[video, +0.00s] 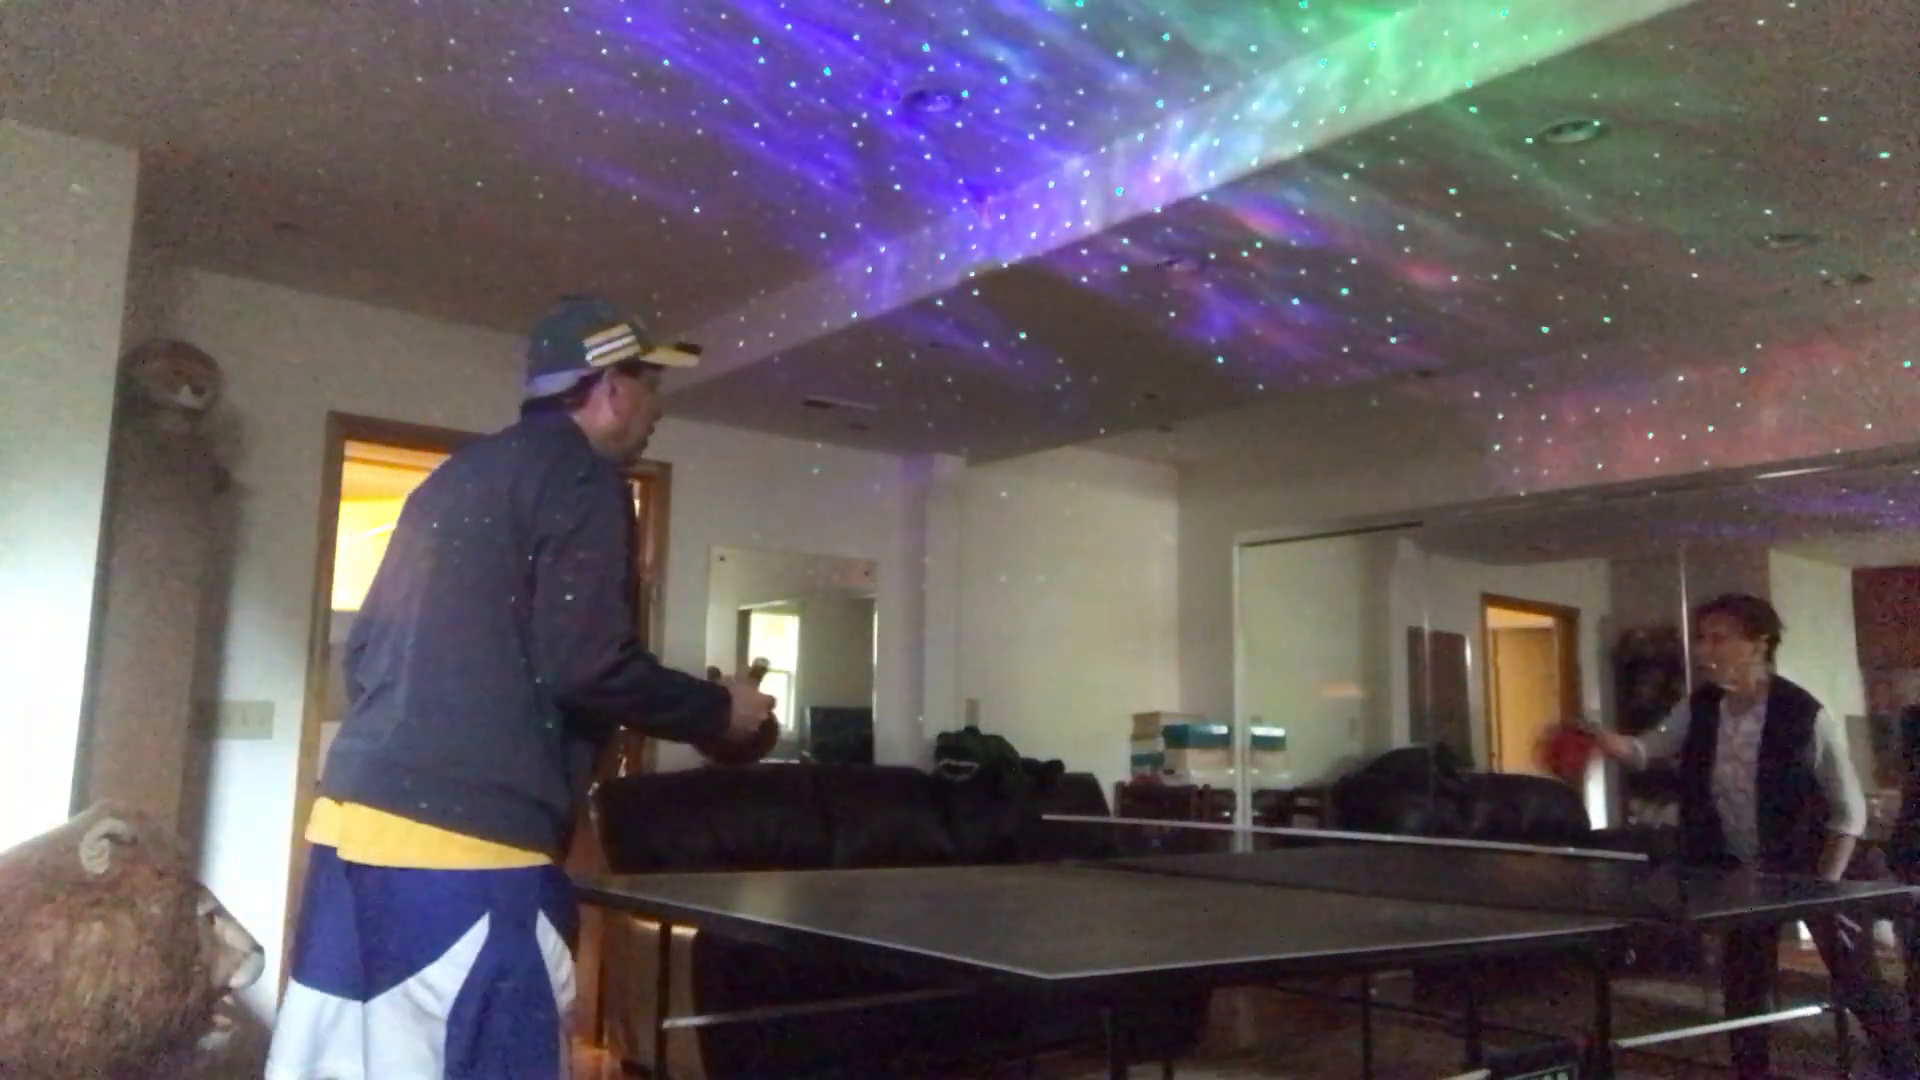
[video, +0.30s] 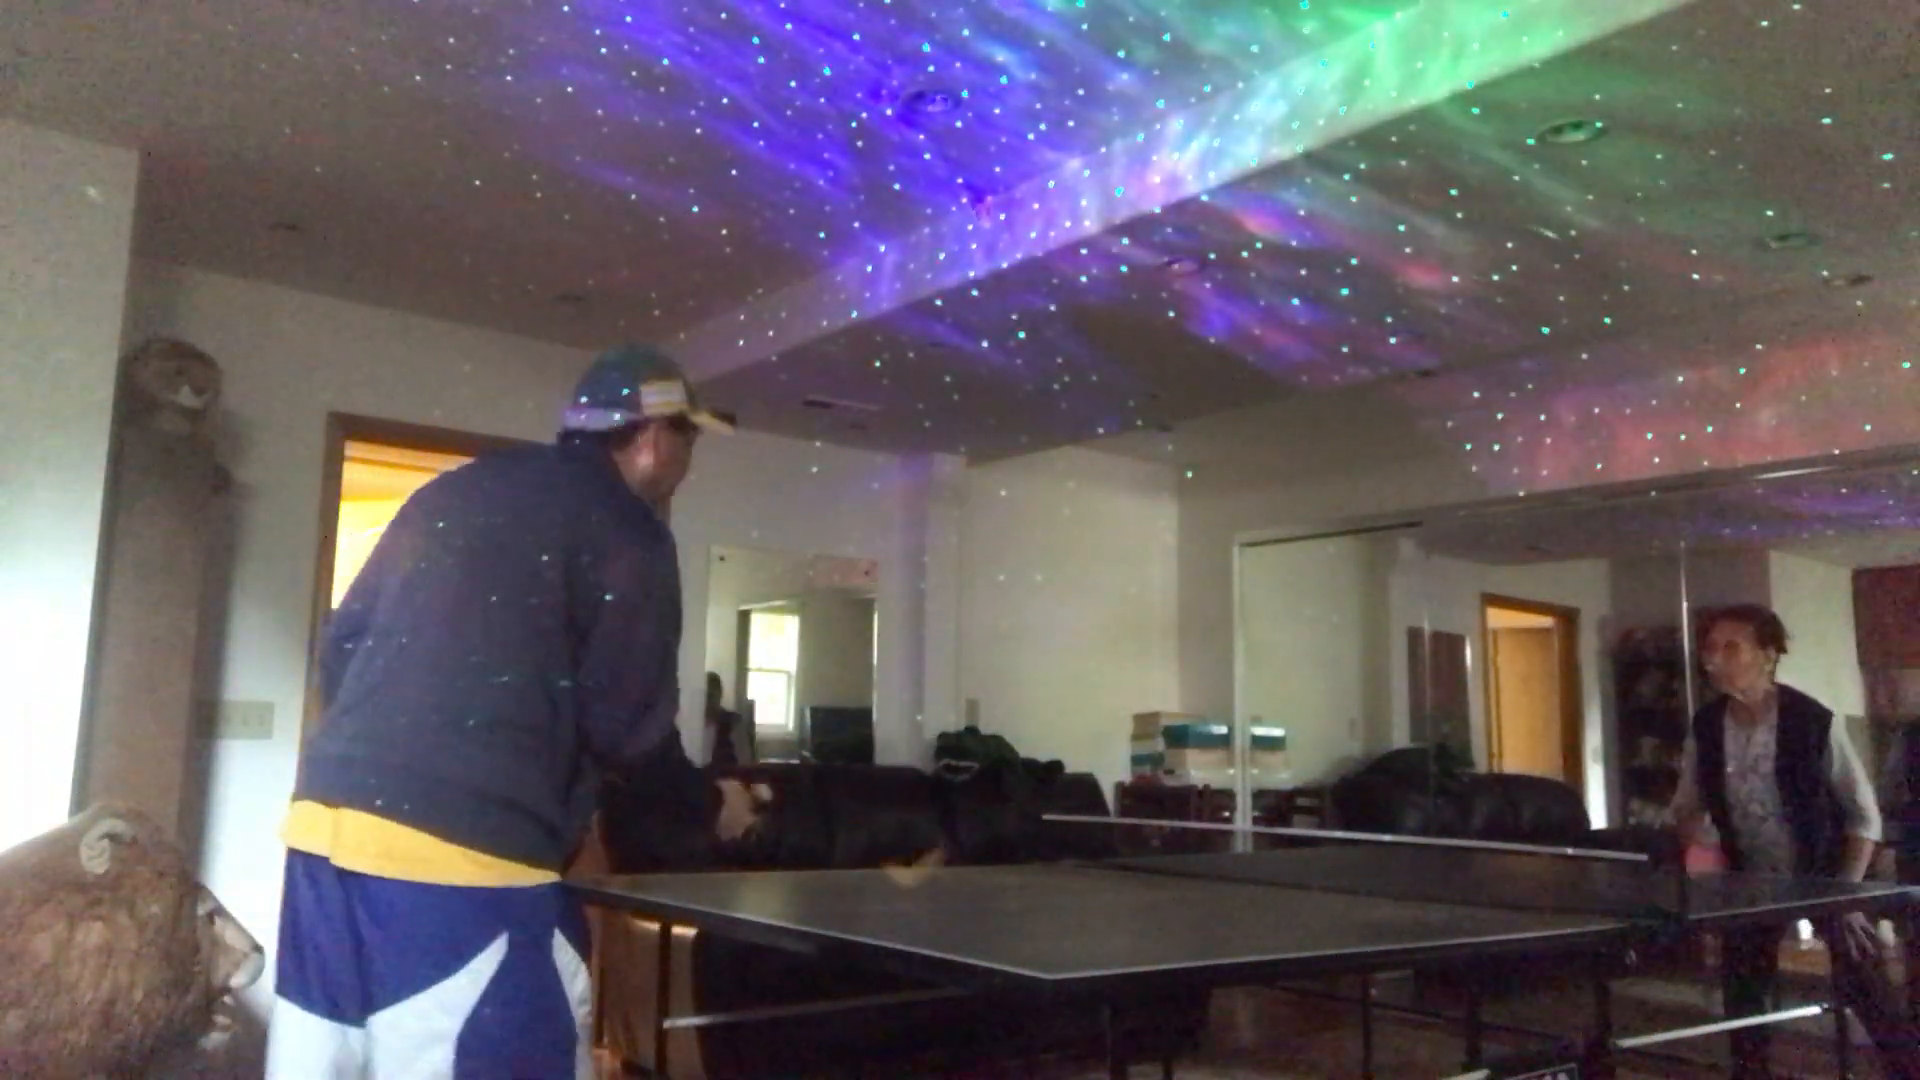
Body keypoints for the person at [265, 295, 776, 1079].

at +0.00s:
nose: (656, 407)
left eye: (654, 387)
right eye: (650, 385)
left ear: (551, 386)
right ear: (608, 389)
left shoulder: (453, 472)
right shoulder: (586, 478)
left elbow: (364, 648)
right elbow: (584, 663)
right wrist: (716, 707)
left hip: (352, 830)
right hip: (472, 844)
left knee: (338, 1060)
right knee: (496, 1064)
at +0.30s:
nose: (684, 471)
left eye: (690, 447)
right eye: (686, 444)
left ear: (580, 424)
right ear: (650, 438)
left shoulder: (455, 484)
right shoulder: (627, 528)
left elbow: (342, 636)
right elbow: (625, 726)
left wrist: (378, 760)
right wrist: (707, 806)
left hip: (322, 830)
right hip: (466, 854)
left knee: (316, 1063)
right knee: (499, 1062)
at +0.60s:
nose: (671, 403)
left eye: (672, 384)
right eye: (666, 383)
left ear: (562, 377)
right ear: (627, 383)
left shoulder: (440, 450)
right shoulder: (637, 490)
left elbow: (290, 548)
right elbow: (718, 656)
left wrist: (220, 709)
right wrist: (825, 595)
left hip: (355, 811)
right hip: (501, 836)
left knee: (308, 1043)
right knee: (510, 1057)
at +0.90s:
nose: (641, 373)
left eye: (638, 352)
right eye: (628, 350)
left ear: (535, 362)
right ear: (582, 361)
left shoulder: (418, 465)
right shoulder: (590, 471)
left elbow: (339, 634)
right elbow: (680, 641)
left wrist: (361, 781)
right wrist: (797, 552)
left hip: (368, 826)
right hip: (504, 839)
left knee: (376, 1066)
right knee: (522, 1063)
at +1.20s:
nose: (622, 377)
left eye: (618, 355)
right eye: (610, 354)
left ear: (542, 366)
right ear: (558, 364)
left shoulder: (416, 465)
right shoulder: (544, 462)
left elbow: (363, 650)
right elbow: (526, 659)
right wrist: (676, 709)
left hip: (366, 831)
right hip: (482, 844)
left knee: (373, 1062)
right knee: (503, 1061)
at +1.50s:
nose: (601, 399)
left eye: (600, 378)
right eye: (592, 376)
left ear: (524, 376)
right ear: (539, 374)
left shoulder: (409, 471)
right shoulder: (508, 477)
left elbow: (343, 642)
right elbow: (517, 670)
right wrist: (677, 695)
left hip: (355, 841)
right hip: (453, 853)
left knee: (363, 1061)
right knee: (472, 1061)